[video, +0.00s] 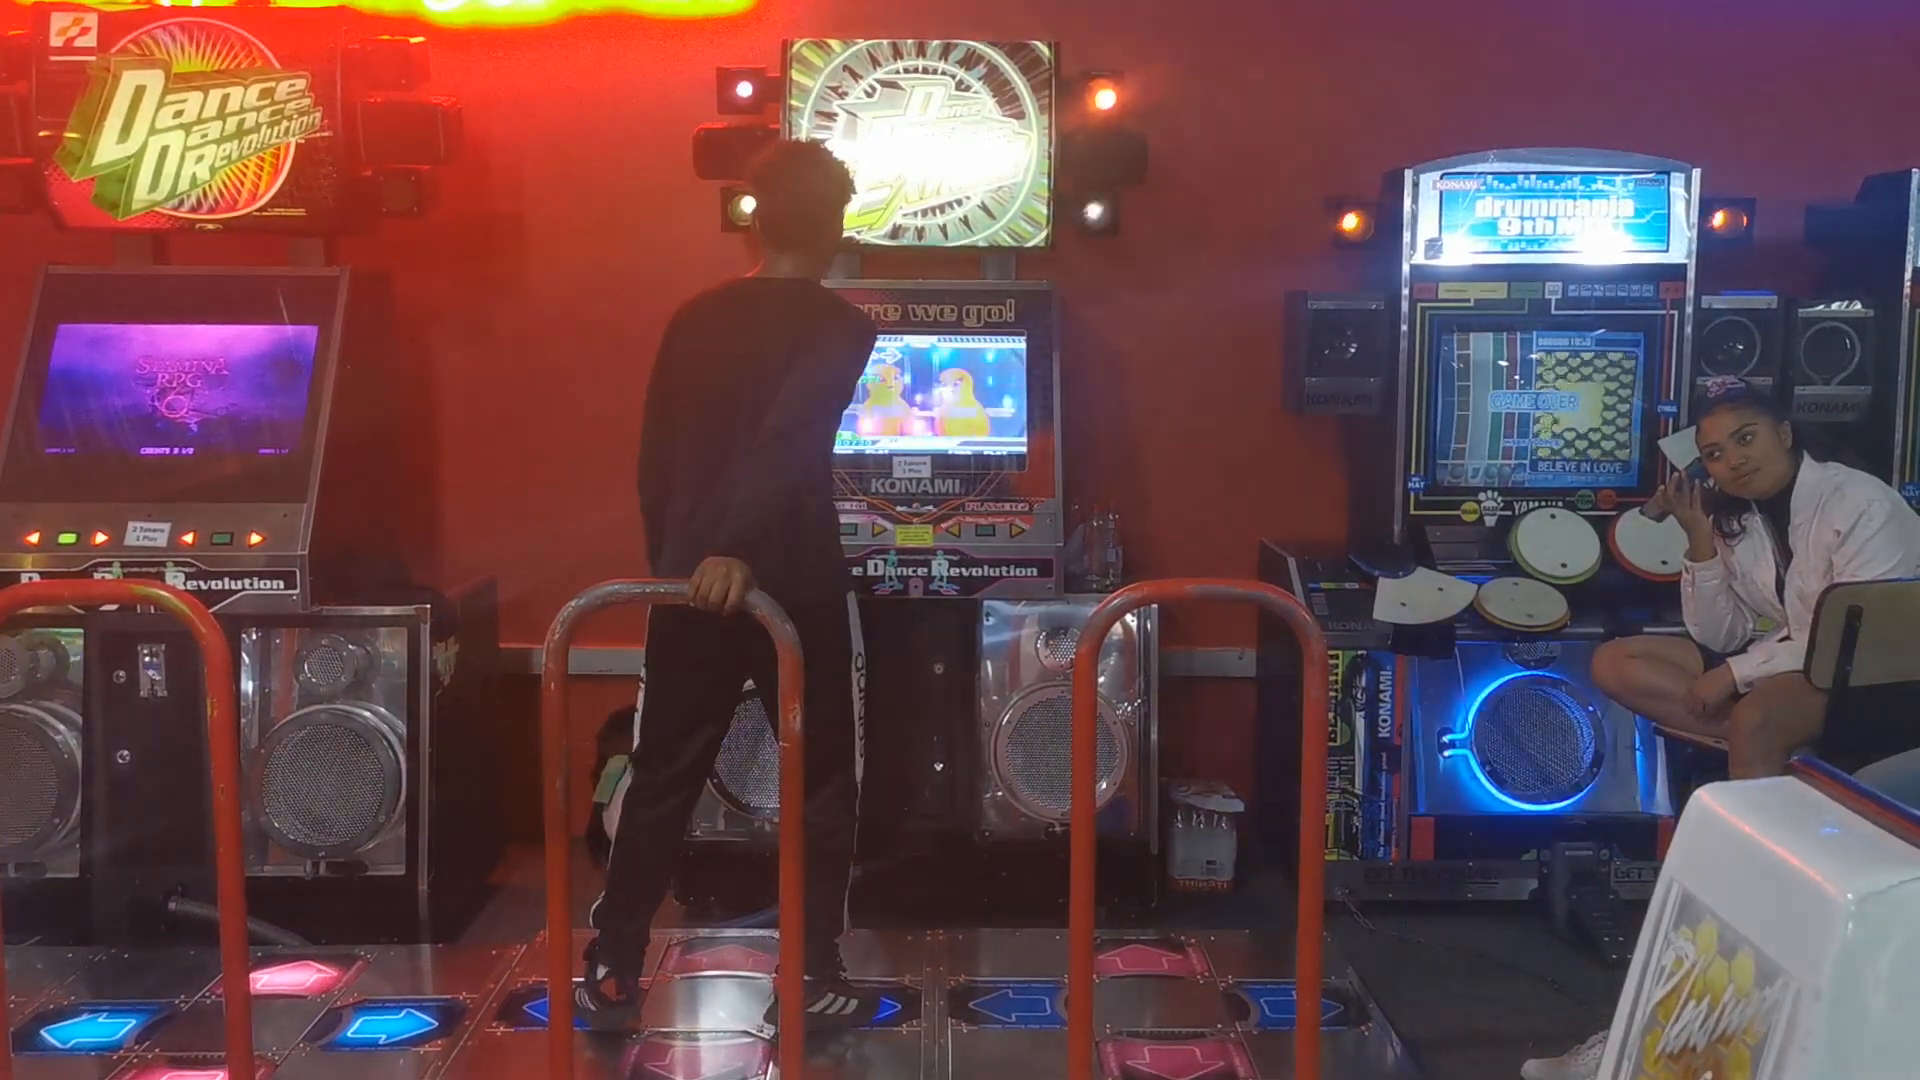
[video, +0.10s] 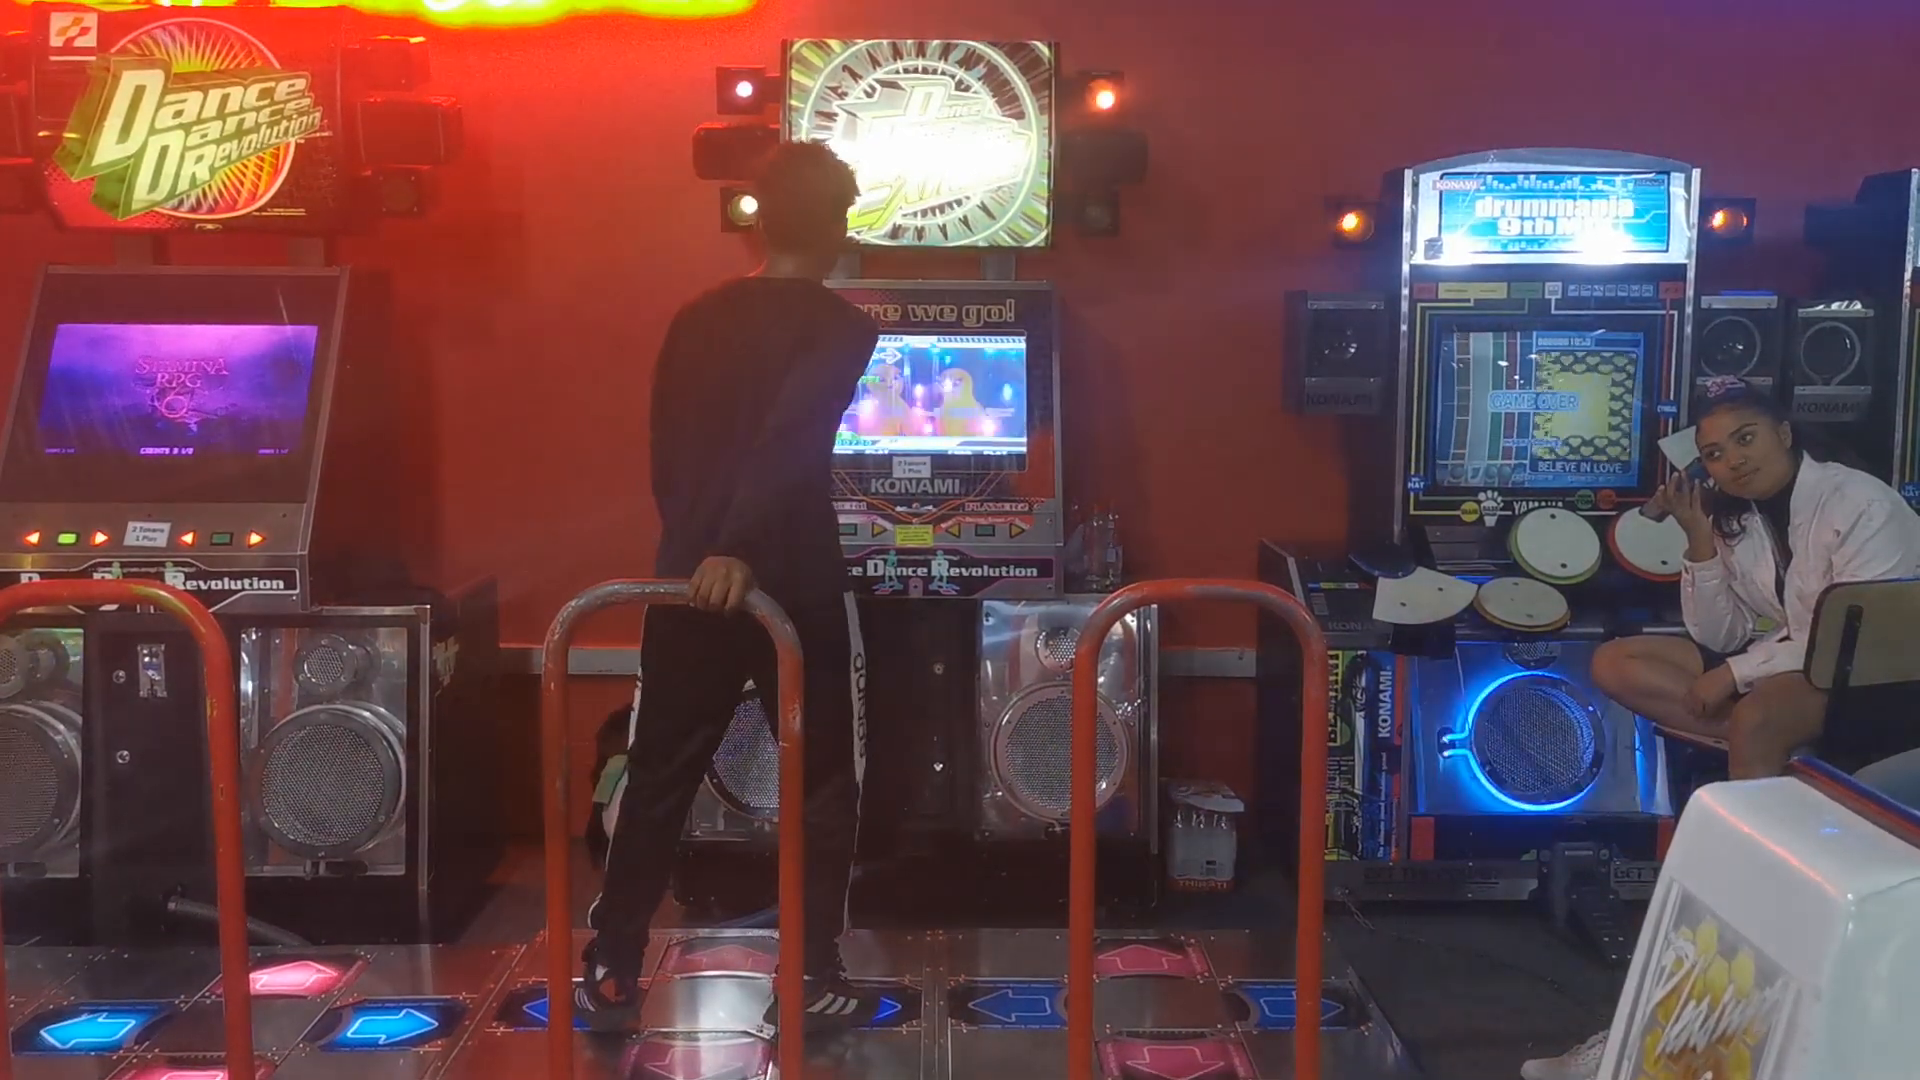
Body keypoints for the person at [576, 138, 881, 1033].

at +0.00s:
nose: (842, 230)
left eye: (834, 214)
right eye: (840, 216)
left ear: (757, 224)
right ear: (833, 228)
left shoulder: (694, 317)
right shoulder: (837, 324)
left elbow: (656, 459)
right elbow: (787, 433)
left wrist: (677, 562)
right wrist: (735, 543)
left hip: (689, 570)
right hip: (792, 572)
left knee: (664, 772)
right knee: (818, 778)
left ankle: (611, 971)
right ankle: (814, 983)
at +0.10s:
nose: (848, 232)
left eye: (841, 216)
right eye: (845, 218)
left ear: (760, 223)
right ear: (836, 228)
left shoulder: (695, 318)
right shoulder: (839, 323)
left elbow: (668, 456)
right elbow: (791, 432)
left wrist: (693, 546)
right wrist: (735, 543)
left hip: (690, 568)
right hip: (792, 572)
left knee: (660, 775)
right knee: (818, 782)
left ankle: (612, 974)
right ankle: (811, 984)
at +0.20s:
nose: (854, 238)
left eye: (848, 223)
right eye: (854, 225)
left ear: (767, 228)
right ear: (848, 233)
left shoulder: (703, 318)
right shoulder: (846, 327)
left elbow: (672, 450)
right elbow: (796, 434)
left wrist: (707, 538)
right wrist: (736, 542)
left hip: (689, 565)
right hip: (790, 574)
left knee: (659, 771)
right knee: (818, 778)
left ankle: (613, 975)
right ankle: (812, 983)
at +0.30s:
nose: (861, 245)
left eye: (854, 229)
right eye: (862, 231)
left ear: (776, 230)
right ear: (856, 237)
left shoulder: (709, 323)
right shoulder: (854, 331)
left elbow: (678, 458)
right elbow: (798, 436)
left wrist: (723, 536)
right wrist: (735, 543)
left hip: (689, 563)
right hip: (790, 571)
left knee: (657, 771)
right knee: (814, 783)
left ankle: (610, 972)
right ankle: (814, 985)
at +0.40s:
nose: (860, 248)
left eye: (856, 233)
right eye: (861, 235)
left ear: (776, 233)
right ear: (854, 240)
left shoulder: (704, 326)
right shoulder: (853, 338)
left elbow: (673, 457)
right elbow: (796, 438)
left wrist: (702, 542)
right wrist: (734, 543)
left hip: (684, 567)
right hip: (785, 577)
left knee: (644, 761)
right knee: (811, 779)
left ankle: (610, 963)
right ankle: (811, 982)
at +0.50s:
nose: (848, 245)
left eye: (844, 231)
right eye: (848, 233)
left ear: (763, 233)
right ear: (839, 240)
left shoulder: (690, 324)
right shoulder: (839, 335)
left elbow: (657, 458)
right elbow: (785, 439)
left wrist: (687, 538)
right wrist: (732, 542)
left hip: (674, 567)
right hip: (775, 576)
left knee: (642, 756)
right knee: (806, 774)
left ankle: (609, 957)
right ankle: (809, 980)